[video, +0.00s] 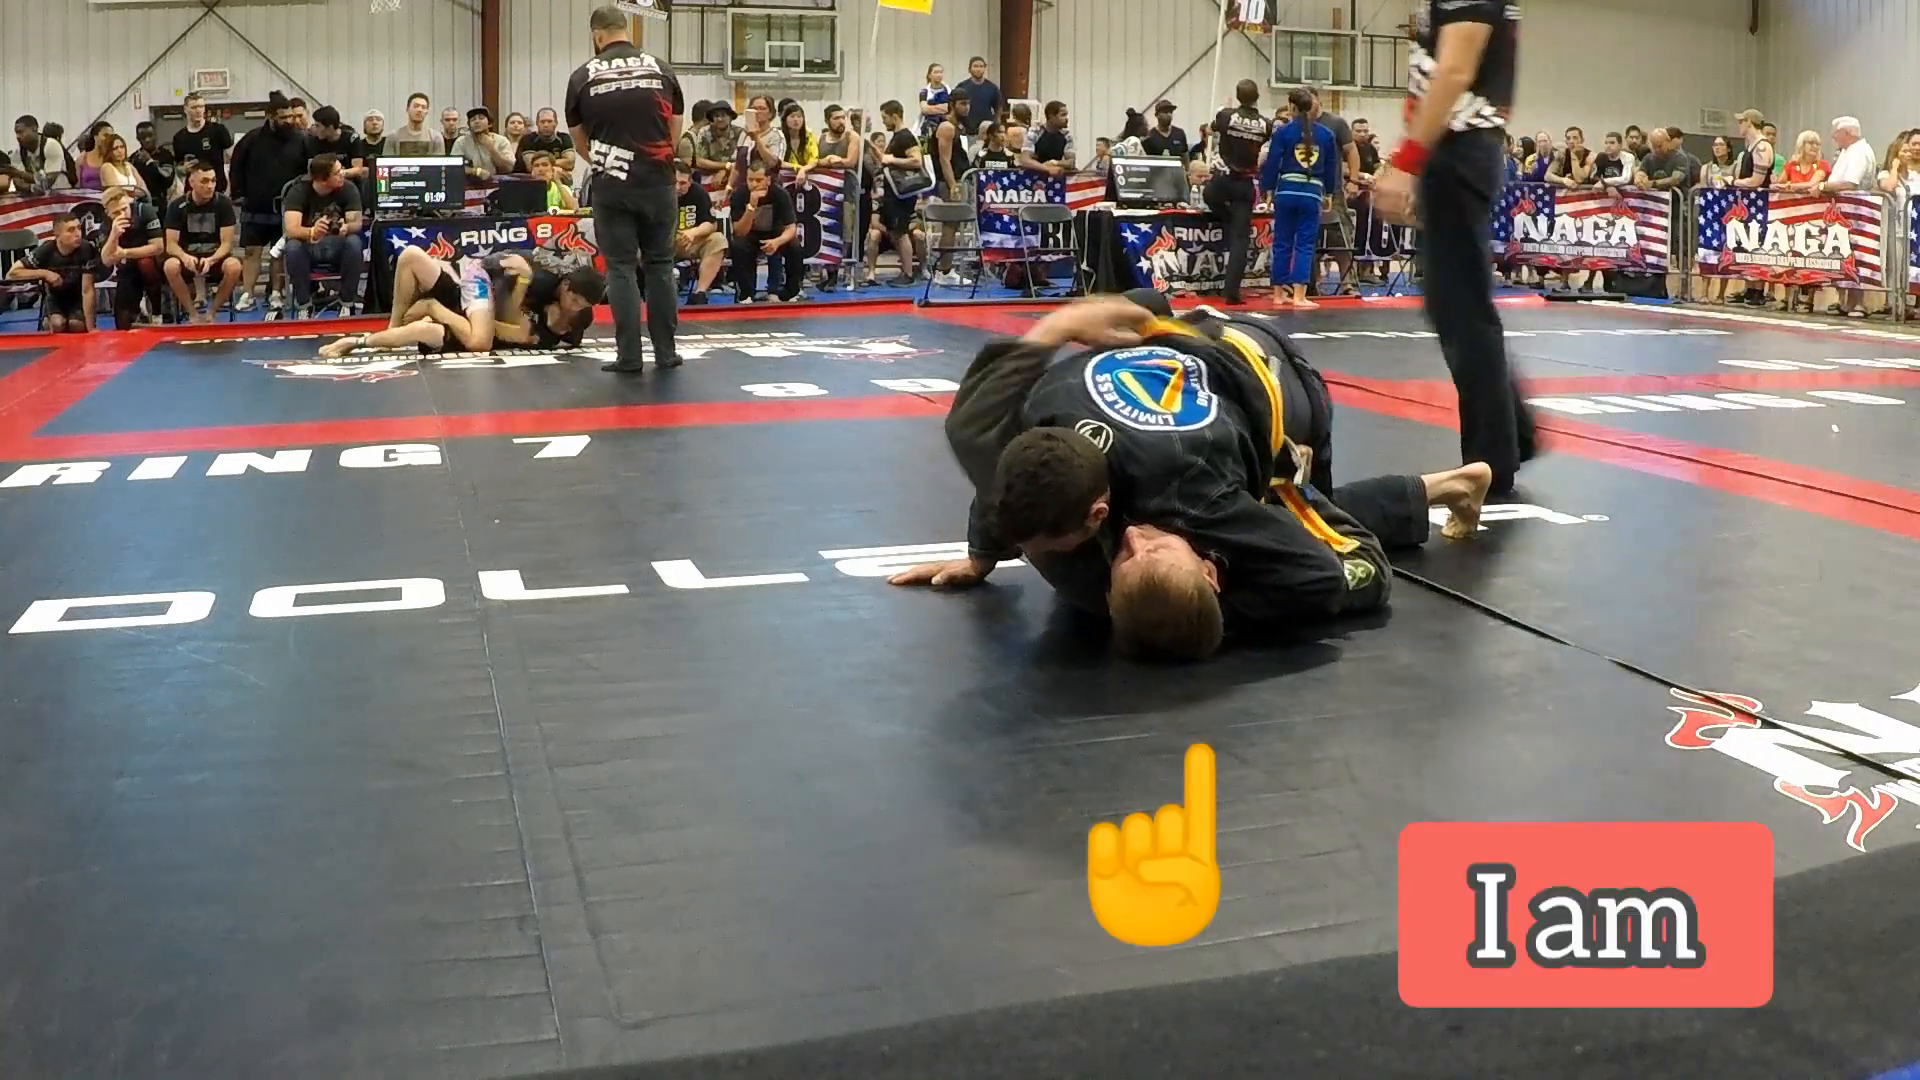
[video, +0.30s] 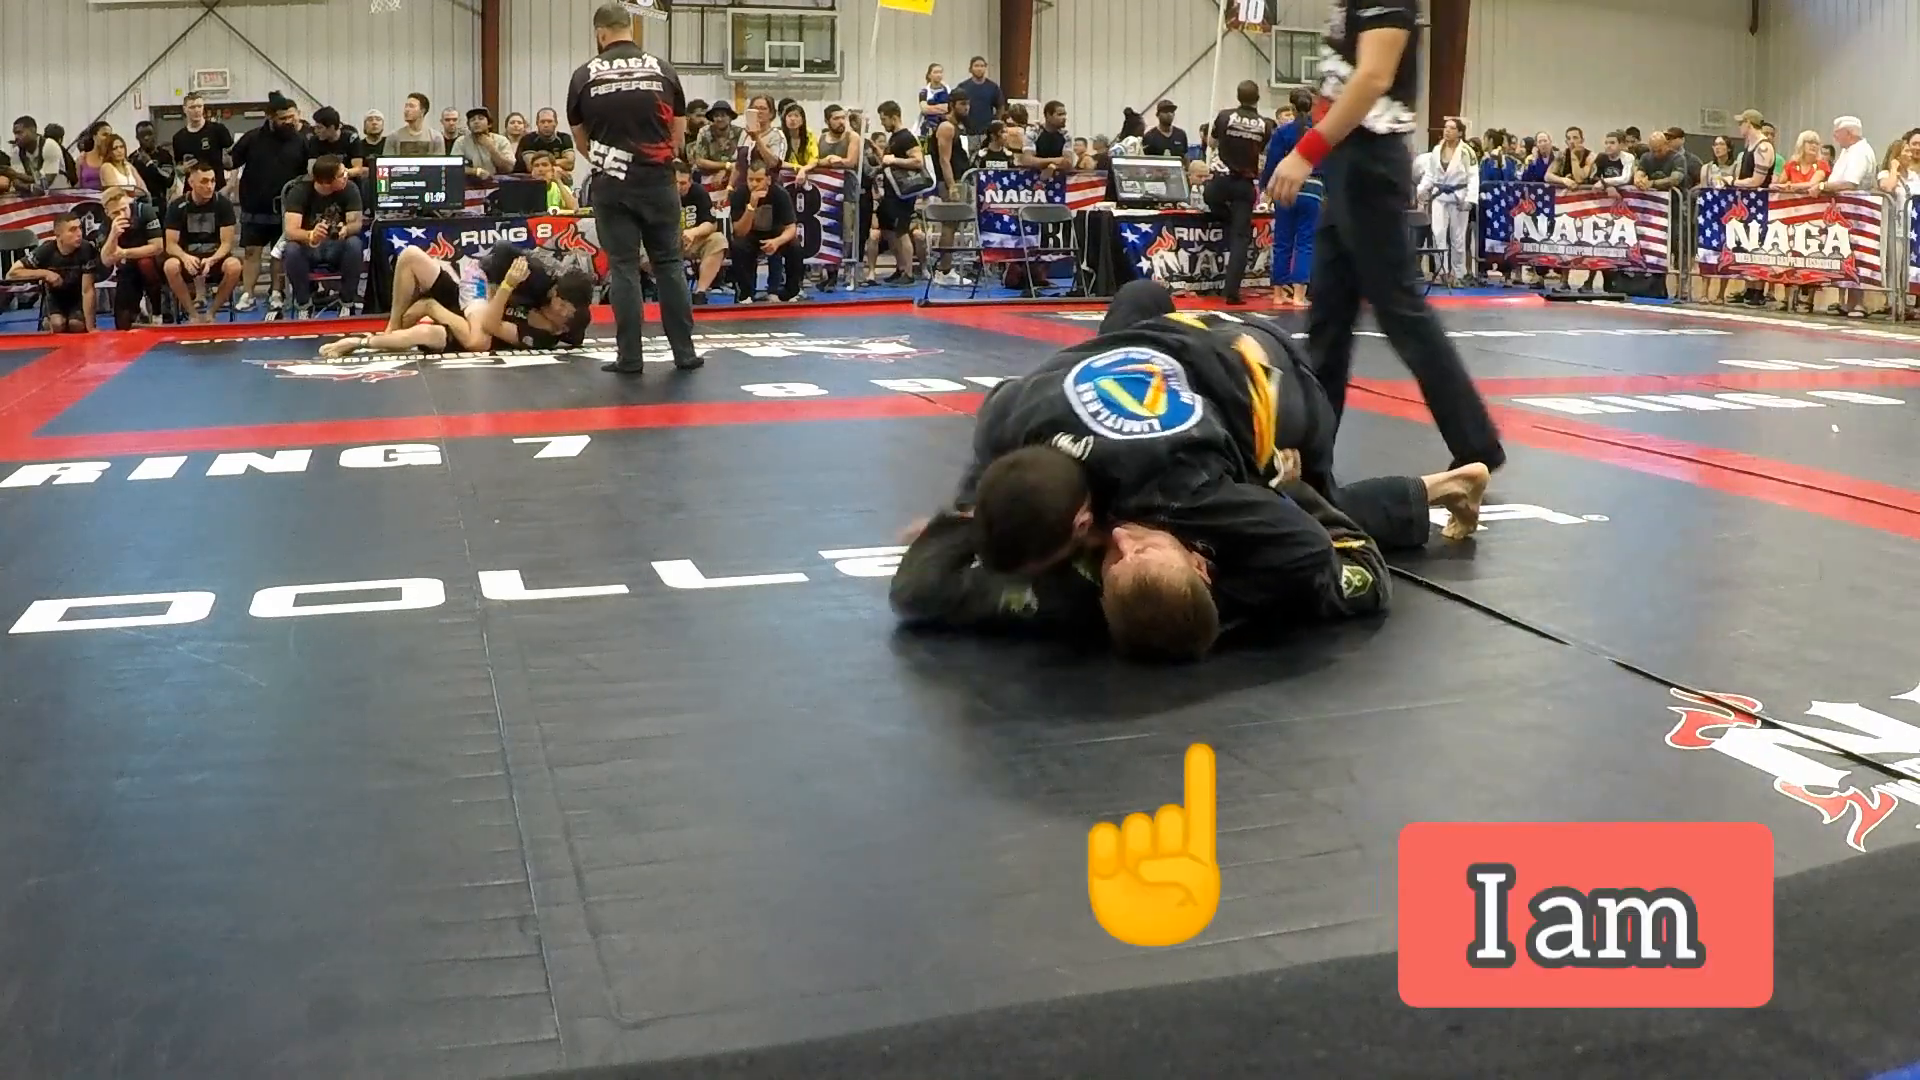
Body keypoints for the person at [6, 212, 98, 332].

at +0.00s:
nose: (78, 233)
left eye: (78, 228)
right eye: (71, 230)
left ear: (81, 228)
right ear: (57, 235)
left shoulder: (86, 249)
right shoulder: (46, 250)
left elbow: (88, 290)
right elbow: (12, 274)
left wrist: (91, 327)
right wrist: (45, 273)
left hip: (78, 293)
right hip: (55, 293)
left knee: (77, 325)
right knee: (58, 324)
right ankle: (46, 323)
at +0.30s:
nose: (79, 233)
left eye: (80, 229)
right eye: (73, 230)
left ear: (82, 229)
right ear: (58, 235)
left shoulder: (86, 249)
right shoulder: (47, 249)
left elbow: (88, 290)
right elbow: (12, 274)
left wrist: (91, 327)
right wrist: (45, 273)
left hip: (77, 292)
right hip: (55, 292)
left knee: (77, 325)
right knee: (58, 324)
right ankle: (45, 324)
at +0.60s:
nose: (79, 233)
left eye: (80, 229)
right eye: (72, 230)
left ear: (82, 229)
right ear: (57, 235)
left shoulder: (86, 249)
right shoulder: (47, 249)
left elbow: (88, 290)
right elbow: (12, 274)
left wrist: (91, 327)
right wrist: (45, 273)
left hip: (77, 292)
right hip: (55, 293)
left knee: (77, 325)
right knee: (58, 324)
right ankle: (46, 323)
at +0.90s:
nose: (78, 234)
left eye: (79, 229)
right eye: (71, 231)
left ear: (82, 229)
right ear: (56, 234)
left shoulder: (86, 249)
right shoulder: (47, 249)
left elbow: (88, 290)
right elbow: (12, 274)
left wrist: (91, 327)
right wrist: (44, 273)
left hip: (77, 292)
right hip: (55, 292)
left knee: (77, 324)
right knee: (58, 324)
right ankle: (45, 324)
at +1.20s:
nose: (76, 235)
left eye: (77, 229)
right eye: (69, 231)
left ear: (80, 229)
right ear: (55, 236)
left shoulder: (86, 249)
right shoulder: (47, 249)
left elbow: (88, 290)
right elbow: (12, 273)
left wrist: (91, 327)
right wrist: (44, 273)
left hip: (77, 293)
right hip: (54, 293)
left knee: (77, 324)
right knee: (58, 323)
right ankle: (45, 323)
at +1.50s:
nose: (73, 235)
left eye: (75, 230)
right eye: (66, 232)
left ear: (78, 231)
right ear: (54, 236)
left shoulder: (85, 249)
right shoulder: (47, 249)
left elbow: (87, 289)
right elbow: (12, 274)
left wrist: (91, 327)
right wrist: (44, 273)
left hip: (78, 294)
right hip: (55, 294)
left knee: (77, 325)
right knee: (58, 323)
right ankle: (46, 324)